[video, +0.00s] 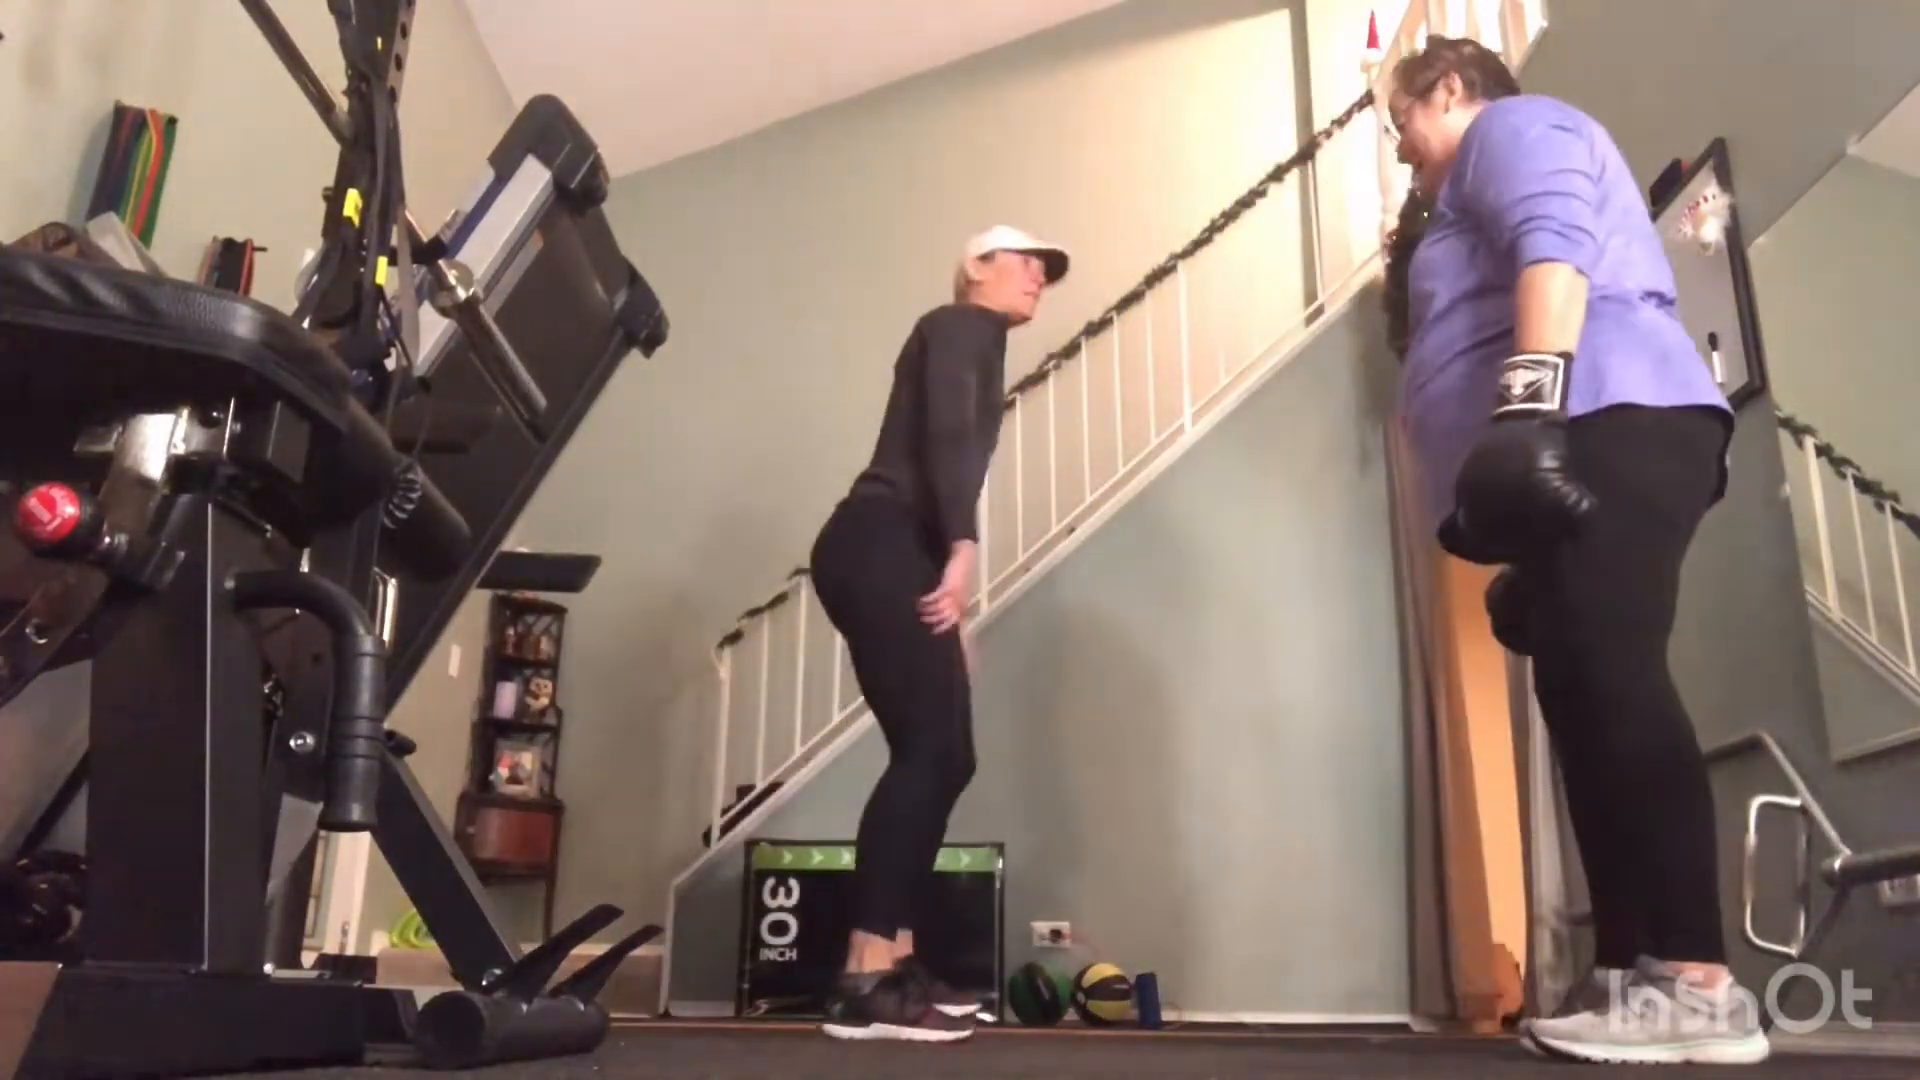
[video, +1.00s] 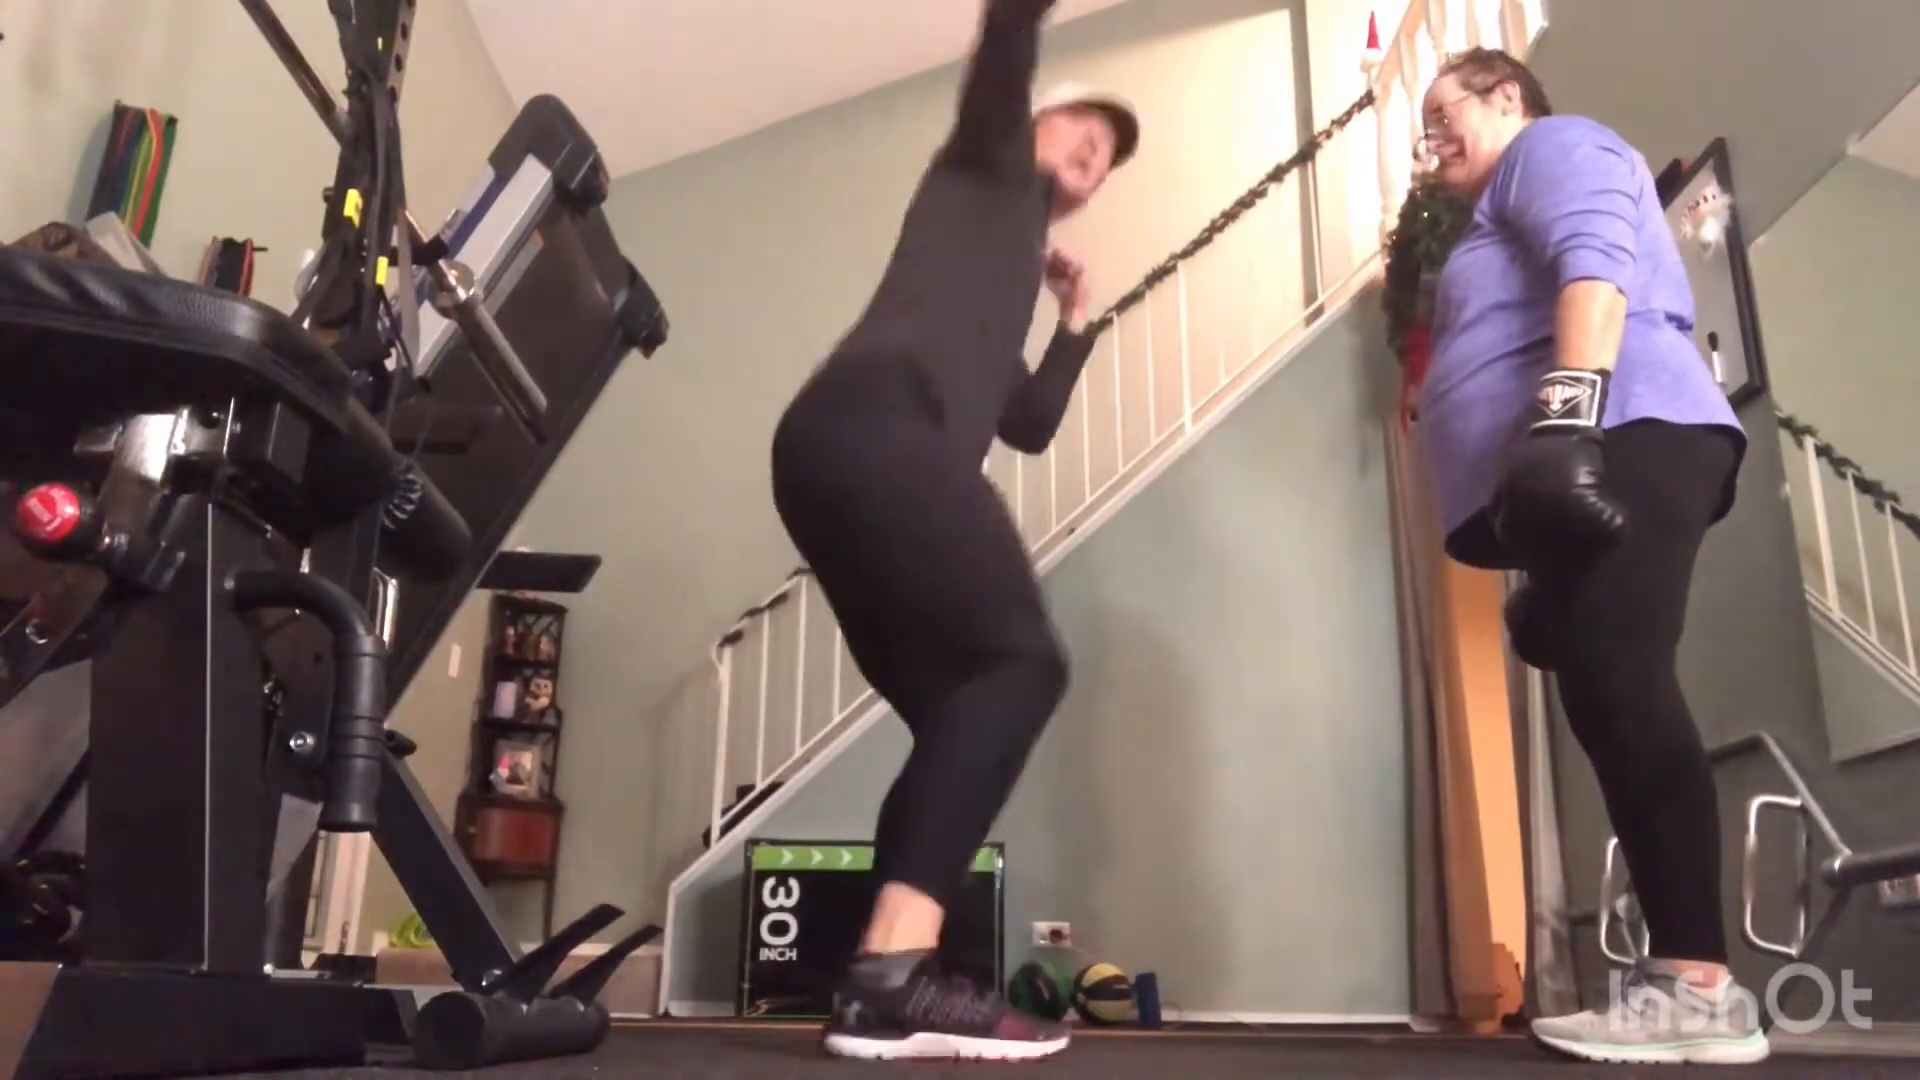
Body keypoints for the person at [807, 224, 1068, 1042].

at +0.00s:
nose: (1037, 281)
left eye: (1041, 272)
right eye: (1022, 264)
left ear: (1018, 284)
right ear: (978, 268)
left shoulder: (979, 346)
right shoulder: (960, 325)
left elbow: (950, 465)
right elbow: (947, 434)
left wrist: (950, 589)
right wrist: (964, 546)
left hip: (899, 549)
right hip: (878, 540)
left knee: (948, 757)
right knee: (928, 751)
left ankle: (894, 966)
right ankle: (864, 975)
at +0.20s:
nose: (992, 363)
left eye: (999, 358)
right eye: (979, 349)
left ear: (994, 378)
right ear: (941, 357)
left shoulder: (941, 432)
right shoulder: (928, 405)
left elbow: (918, 559)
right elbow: (926, 501)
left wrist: (980, 613)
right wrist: (989, 580)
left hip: (866, 612)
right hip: (849, 599)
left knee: (934, 784)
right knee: (906, 783)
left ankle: (878, 962)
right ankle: (835, 983)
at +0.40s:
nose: (992, 418)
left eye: (1000, 414)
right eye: (982, 405)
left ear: (994, 429)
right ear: (946, 406)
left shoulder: (944, 487)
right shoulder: (920, 447)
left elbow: (955, 604)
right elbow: (934, 529)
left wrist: (993, 553)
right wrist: (983, 516)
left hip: (842, 636)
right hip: (844, 626)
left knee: (900, 803)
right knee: (909, 798)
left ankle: (866, 985)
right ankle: (865, 987)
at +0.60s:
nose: (1020, 398)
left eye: (1026, 389)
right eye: (1014, 381)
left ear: (1013, 402)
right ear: (979, 377)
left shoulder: (951, 473)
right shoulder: (937, 408)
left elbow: (964, 574)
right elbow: (918, 357)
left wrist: (999, 501)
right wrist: (1002, 381)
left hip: (850, 604)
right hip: (843, 588)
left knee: (917, 783)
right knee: (921, 779)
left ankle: (864, 983)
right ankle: (861, 985)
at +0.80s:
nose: (1042, 299)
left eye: (1052, 302)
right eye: (1038, 282)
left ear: (1039, 329)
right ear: (1000, 280)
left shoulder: (967, 406)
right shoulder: (959, 310)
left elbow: (992, 520)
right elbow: (957, 212)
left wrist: (1031, 433)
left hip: (844, 555)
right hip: (859, 528)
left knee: (930, 761)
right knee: (975, 740)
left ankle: (872, 983)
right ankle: (870, 976)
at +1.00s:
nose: (1089, 158)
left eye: (1105, 161)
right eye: (1080, 135)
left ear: (1092, 194)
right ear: (1037, 127)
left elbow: (1030, 425)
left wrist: (1075, 319)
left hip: (853, 464)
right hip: (882, 419)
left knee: (959, 715)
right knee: (1019, 663)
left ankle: (890, 974)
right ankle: (896, 964)